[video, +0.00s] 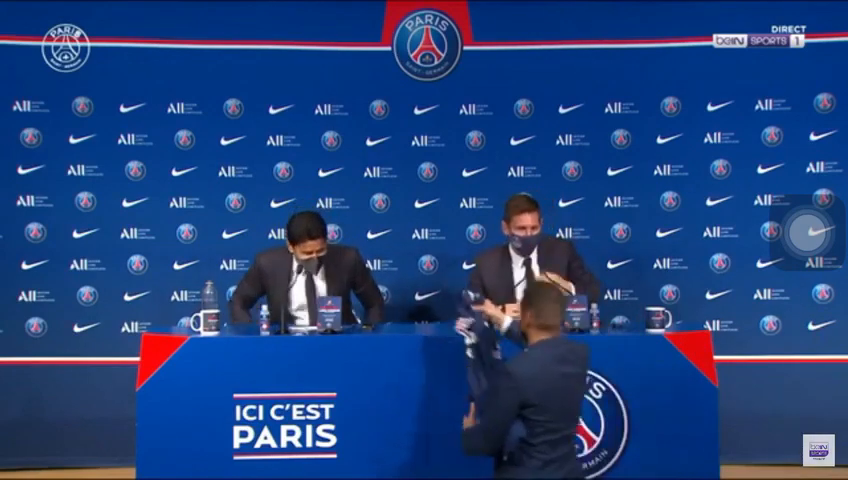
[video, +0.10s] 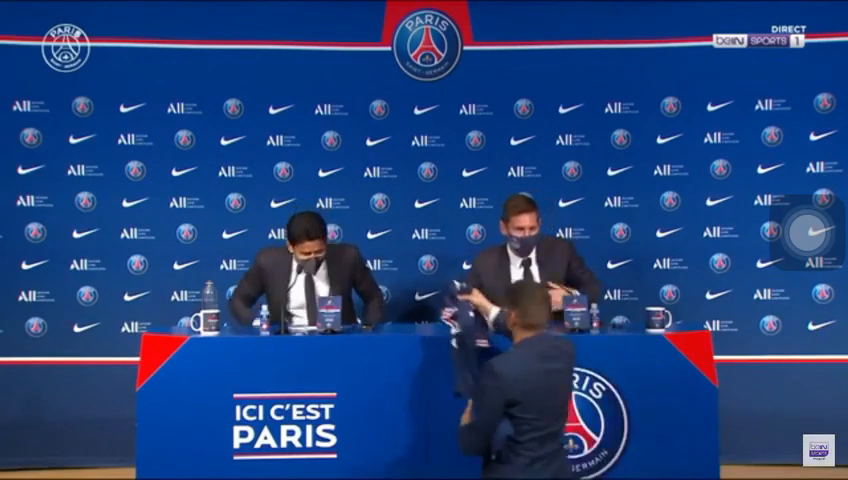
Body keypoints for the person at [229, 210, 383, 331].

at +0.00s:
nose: (314, 258)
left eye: (320, 251)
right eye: (307, 254)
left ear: (327, 241)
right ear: (290, 246)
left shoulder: (347, 259)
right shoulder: (268, 263)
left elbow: (374, 303)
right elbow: (238, 303)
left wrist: (366, 335)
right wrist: (252, 338)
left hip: (338, 347)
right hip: (286, 348)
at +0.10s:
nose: (312, 259)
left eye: (318, 253)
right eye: (305, 255)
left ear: (326, 242)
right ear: (290, 246)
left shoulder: (347, 257)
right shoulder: (268, 261)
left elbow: (373, 297)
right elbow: (238, 302)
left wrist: (366, 331)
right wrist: (259, 329)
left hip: (338, 348)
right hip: (287, 348)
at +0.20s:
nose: (310, 260)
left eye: (316, 254)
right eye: (303, 255)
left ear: (324, 243)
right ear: (289, 246)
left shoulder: (347, 255)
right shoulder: (268, 260)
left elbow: (374, 295)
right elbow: (240, 310)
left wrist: (358, 305)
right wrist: (264, 299)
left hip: (336, 344)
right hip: (285, 345)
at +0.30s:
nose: (309, 258)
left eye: (316, 252)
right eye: (302, 252)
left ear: (325, 242)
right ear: (290, 245)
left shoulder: (348, 253)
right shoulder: (271, 259)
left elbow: (375, 308)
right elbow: (252, 316)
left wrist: (348, 287)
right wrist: (275, 283)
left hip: (337, 342)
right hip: (289, 343)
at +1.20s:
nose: (318, 241)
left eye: (323, 232)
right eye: (310, 233)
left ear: (330, 227)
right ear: (296, 230)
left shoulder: (350, 250)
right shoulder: (273, 257)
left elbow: (368, 315)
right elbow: (263, 314)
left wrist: (355, 280)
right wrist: (295, 295)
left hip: (339, 342)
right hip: (291, 343)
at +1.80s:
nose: (333, 241)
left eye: (338, 232)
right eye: (326, 233)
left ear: (345, 226)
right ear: (309, 226)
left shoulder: (359, 244)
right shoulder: (280, 249)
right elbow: (271, 307)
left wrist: (357, 294)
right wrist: (316, 302)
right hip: (297, 340)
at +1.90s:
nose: (334, 235)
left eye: (340, 227)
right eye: (328, 227)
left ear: (347, 220)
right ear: (312, 220)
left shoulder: (361, 237)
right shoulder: (282, 240)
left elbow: (372, 289)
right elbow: (270, 297)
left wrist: (358, 288)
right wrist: (315, 300)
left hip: (348, 334)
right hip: (298, 336)